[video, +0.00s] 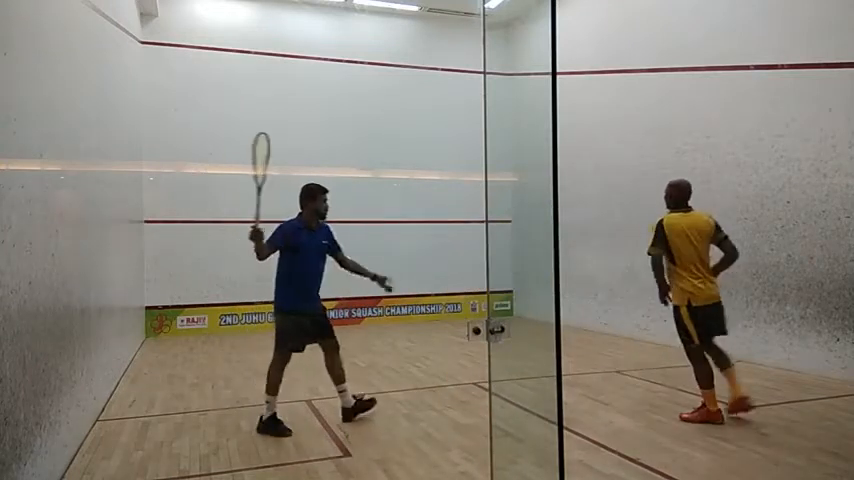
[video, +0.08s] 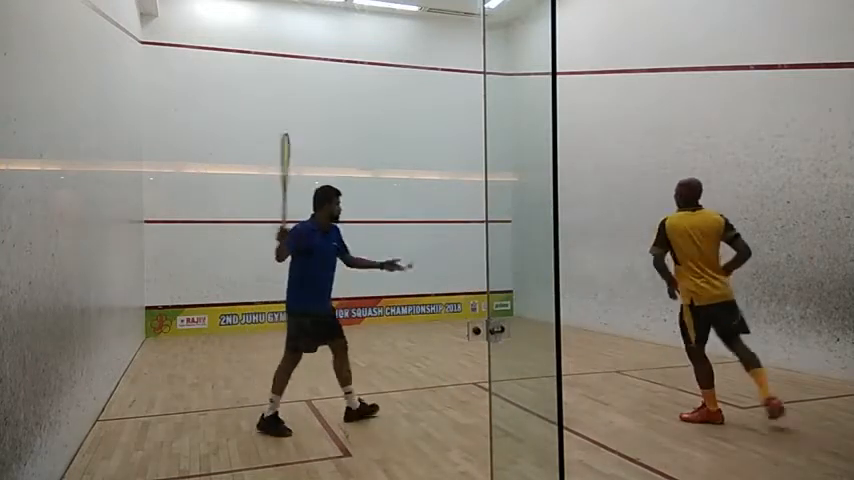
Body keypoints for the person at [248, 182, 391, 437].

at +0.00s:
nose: (327, 206)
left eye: (327, 201)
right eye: (323, 201)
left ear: (316, 204)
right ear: (307, 203)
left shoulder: (324, 232)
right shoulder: (288, 230)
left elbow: (344, 262)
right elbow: (263, 254)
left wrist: (374, 276)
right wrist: (258, 241)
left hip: (312, 304)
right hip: (288, 306)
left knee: (331, 348)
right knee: (281, 358)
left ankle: (348, 405)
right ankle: (268, 416)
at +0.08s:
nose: (340, 208)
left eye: (340, 204)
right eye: (337, 204)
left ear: (328, 206)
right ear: (324, 205)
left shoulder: (333, 232)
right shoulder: (301, 231)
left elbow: (350, 261)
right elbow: (280, 257)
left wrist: (382, 265)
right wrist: (283, 240)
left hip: (322, 307)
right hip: (300, 308)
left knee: (340, 348)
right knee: (291, 358)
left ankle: (352, 406)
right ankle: (269, 415)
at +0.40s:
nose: (377, 211)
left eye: (377, 207)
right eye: (375, 207)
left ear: (357, 207)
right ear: (364, 208)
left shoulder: (344, 228)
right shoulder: (354, 235)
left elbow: (342, 269)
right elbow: (379, 271)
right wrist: (404, 273)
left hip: (341, 302)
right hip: (347, 304)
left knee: (359, 351)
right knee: (354, 353)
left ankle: (356, 405)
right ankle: (310, 395)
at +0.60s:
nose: (397, 211)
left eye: (396, 206)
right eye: (395, 206)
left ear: (375, 205)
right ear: (390, 207)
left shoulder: (354, 225)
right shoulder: (393, 239)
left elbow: (337, 256)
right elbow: (388, 274)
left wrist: (341, 277)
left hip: (352, 302)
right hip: (377, 303)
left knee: (363, 349)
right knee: (391, 346)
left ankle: (357, 402)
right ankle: (372, 395)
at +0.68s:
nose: (405, 209)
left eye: (403, 205)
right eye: (405, 205)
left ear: (384, 204)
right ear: (404, 207)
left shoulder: (365, 224)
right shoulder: (406, 238)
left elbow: (346, 254)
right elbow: (393, 269)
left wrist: (335, 276)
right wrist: (360, 280)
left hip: (365, 302)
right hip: (392, 303)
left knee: (367, 348)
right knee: (405, 347)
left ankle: (357, 404)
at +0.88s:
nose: (426, 210)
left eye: (423, 205)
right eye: (427, 206)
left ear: (407, 205)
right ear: (427, 208)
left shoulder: (390, 226)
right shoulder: (431, 238)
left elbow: (371, 258)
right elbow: (421, 271)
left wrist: (346, 285)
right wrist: (390, 286)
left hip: (388, 302)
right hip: (417, 304)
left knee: (380, 350)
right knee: (431, 349)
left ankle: (362, 403)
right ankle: (443, 400)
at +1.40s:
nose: (473, 206)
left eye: (472, 201)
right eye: (472, 202)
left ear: (449, 203)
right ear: (468, 203)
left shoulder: (436, 229)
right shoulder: (480, 231)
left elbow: (430, 265)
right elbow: (498, 265)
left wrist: (417, 293)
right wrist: (523, 293)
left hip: (451, 301)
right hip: (477, 299)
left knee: (463, 352)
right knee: (463, 350)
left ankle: (482, 408)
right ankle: (449, 400)